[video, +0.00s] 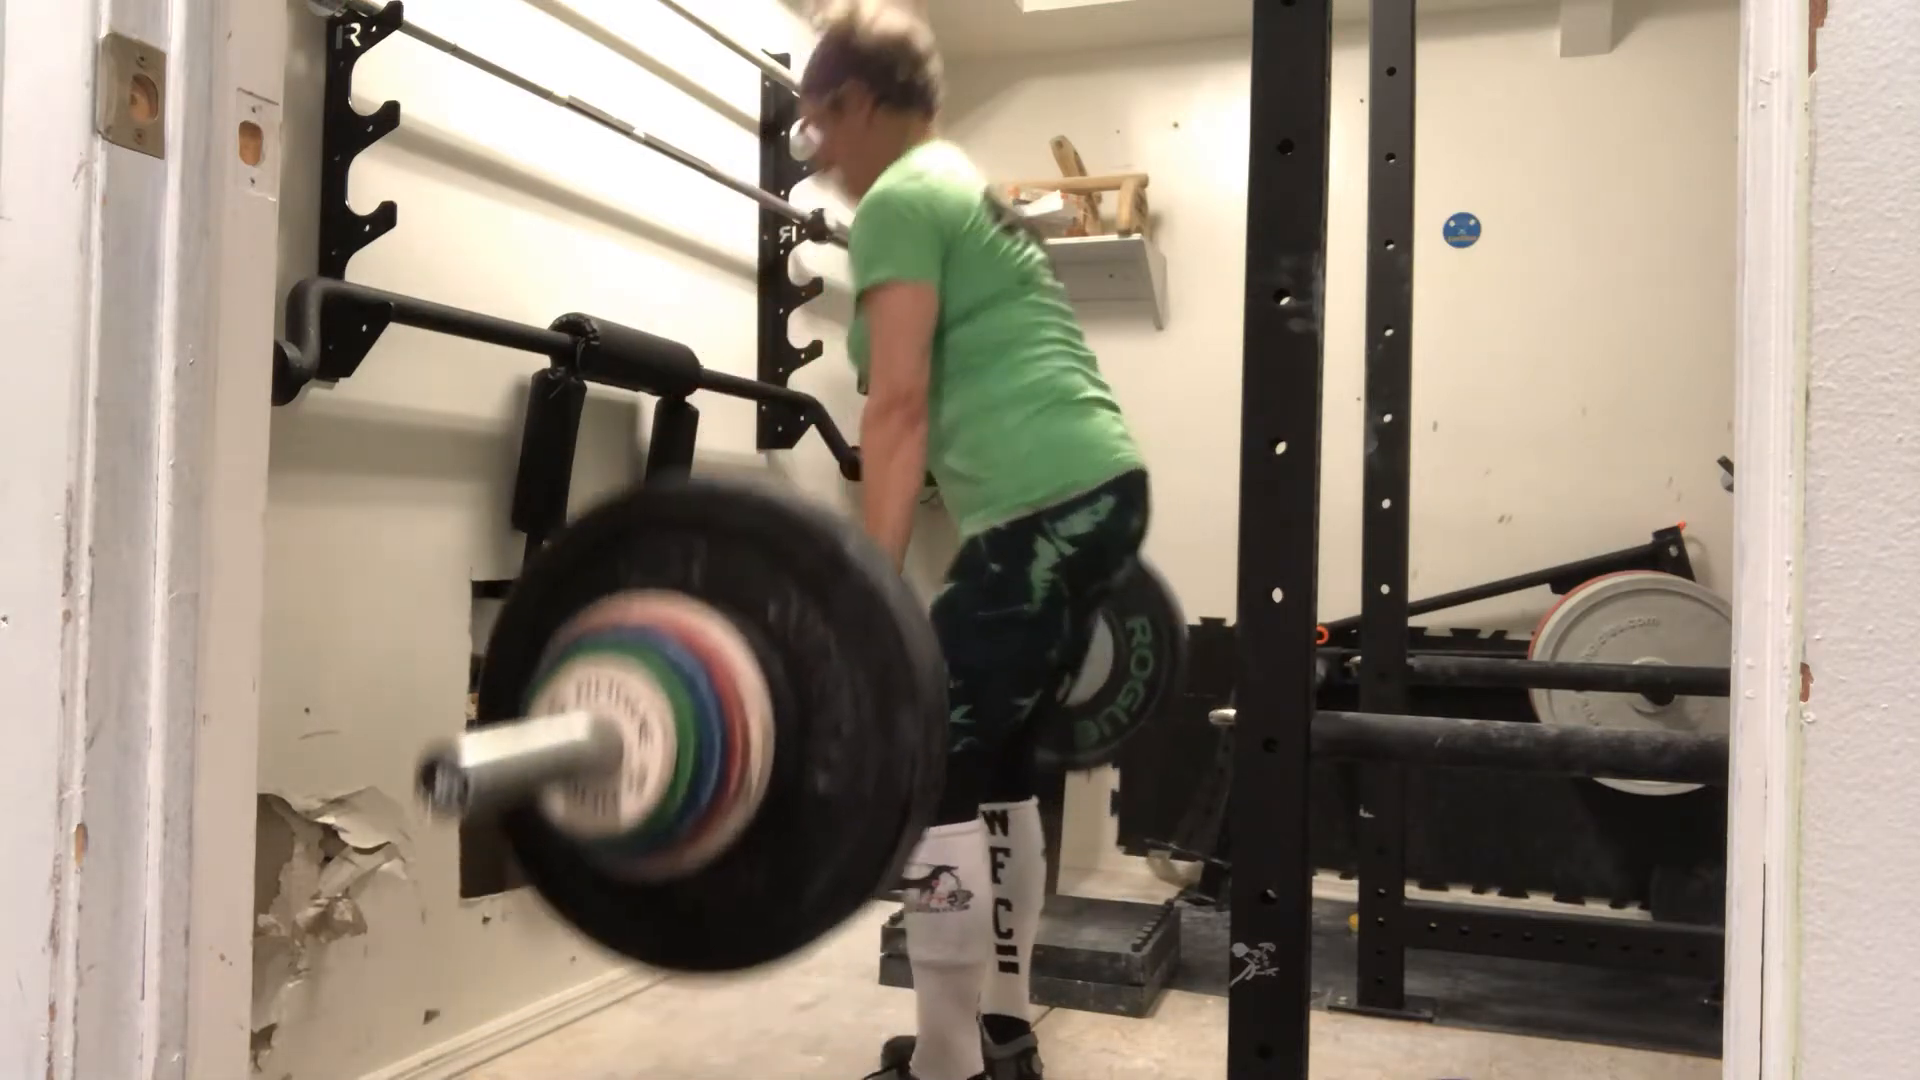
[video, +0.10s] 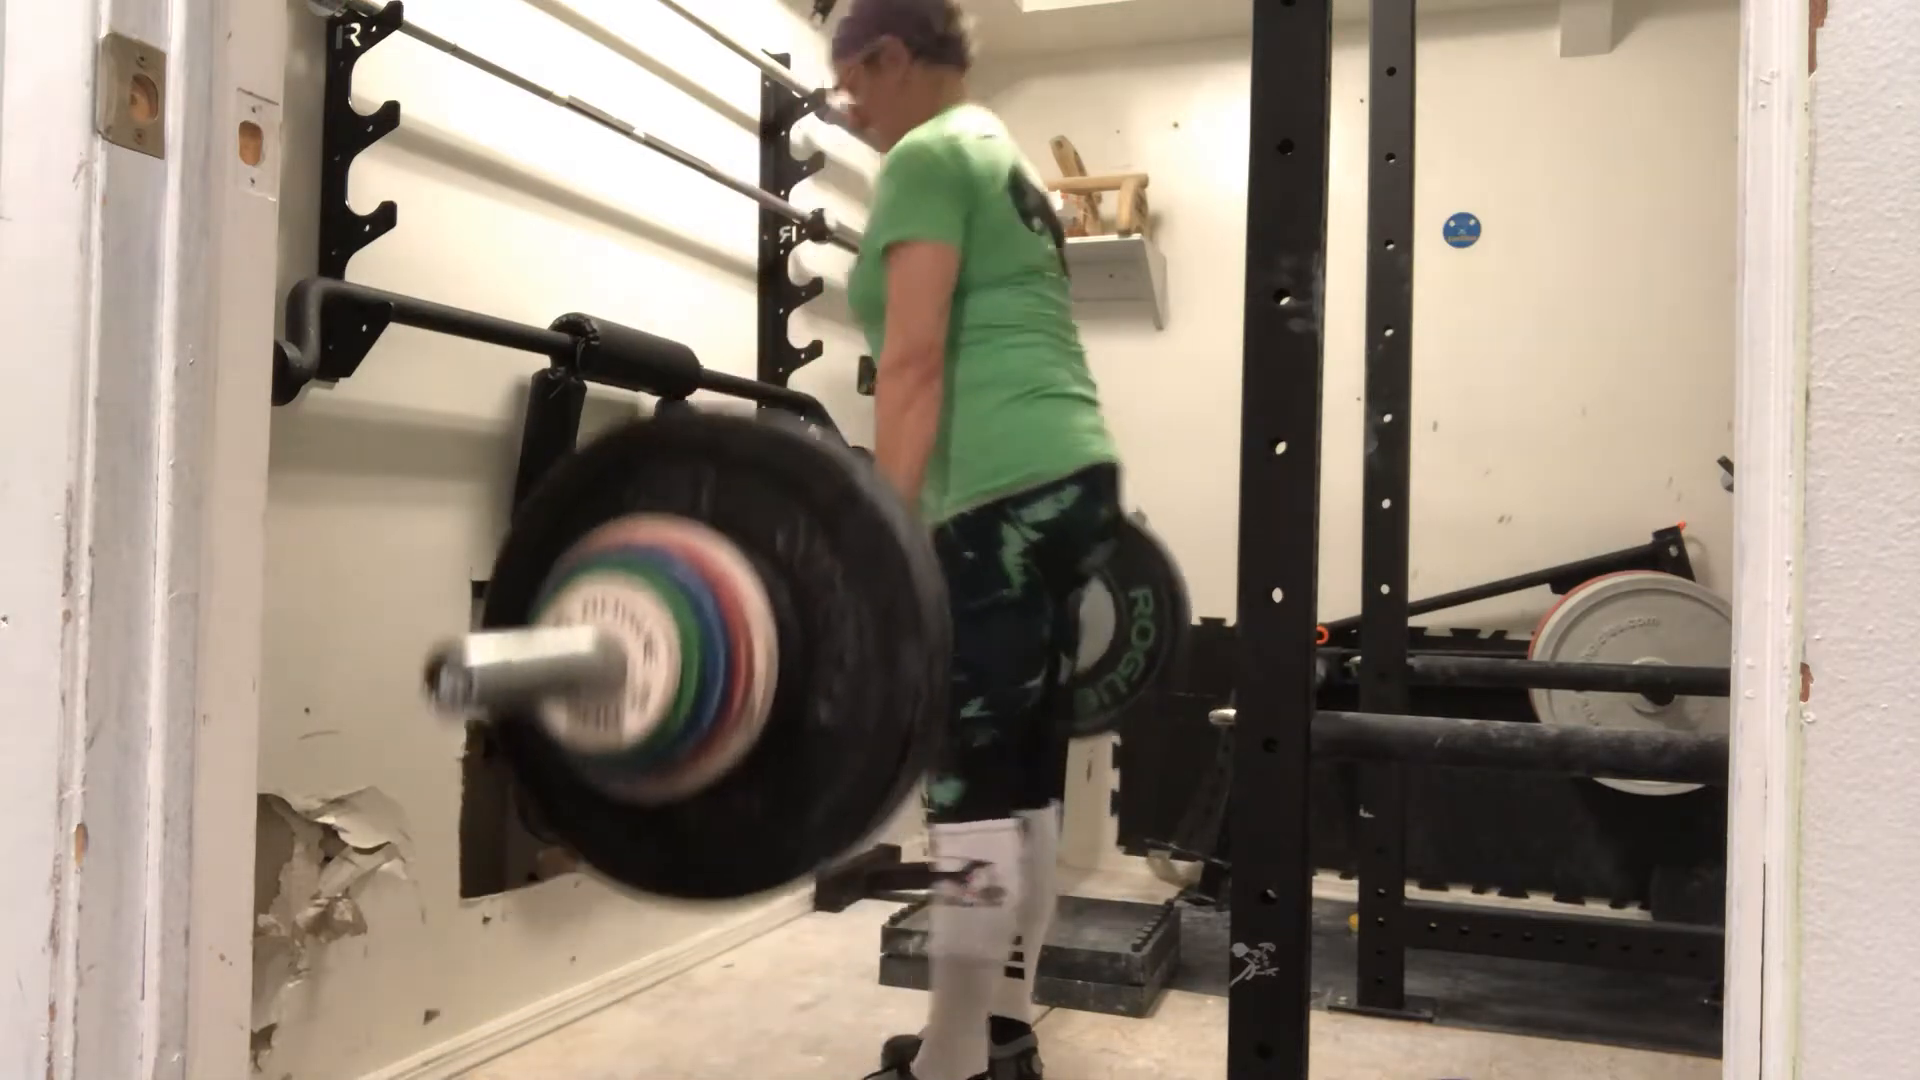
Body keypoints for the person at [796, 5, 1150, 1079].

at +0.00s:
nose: (809, 144)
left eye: (817, 117)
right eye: (807, 121)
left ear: (866, 105)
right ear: (892, 107)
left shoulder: (901, 200)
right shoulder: (950, 185)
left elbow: (897, 407)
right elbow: (934, 395)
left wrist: (868, 586)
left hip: (1039, 509)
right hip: (1092, 491)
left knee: (935, 763)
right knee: (1011, 753)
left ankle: (947, 1060)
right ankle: (1002, 1020)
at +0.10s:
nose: (849, 110)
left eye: (853, 84)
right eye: (842, 91)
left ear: (899, 59)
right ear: (935, 60)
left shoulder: (929, 154)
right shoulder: (996, 152)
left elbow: (915, 362)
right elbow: (1017, 342)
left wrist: (874, 539)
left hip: (998, 493)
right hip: (1064, 476)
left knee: (970, 779)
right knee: (1023, 761)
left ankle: (951, 1058)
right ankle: (1004, 1018)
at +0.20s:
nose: (873, 108)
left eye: (872, 82)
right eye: (865, 91)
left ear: (916, 47)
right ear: (953, 46)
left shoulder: (957, 139)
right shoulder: (1016, 142)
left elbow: (939, 349)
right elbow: (1023, 339)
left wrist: (884, 520)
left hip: (987, 484)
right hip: (1045, 473)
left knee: (964, 769)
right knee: (1022, 758)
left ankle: (950, 1058)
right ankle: (1003, 1024)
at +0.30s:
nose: (880, 120)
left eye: (877, 95)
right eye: (871, 103)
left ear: (919, 56)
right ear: (951, 53)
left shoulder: (964, 146)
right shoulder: (1019, 145)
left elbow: (941, 355)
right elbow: (1015, 344)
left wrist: (878, 521)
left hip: (997, 496)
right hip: (1058, 484)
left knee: (961, 782)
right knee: (1026, 764)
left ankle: (950, 1060)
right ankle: (1004, 1022)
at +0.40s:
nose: (846, 120)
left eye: (853, 94)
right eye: (840, 101)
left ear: (901, 73)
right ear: (932, 76)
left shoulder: (940, 169)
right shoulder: (991, 163)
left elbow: (922, 375)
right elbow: (967, 367)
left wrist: (868, 548)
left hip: (1022, 502)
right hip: (1077, 488)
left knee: (938, 778)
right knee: (1007, 762)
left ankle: (943, 1060)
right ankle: (1000, 1024)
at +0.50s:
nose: (807, 149)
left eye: (815, 122)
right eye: (804, 127)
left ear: (867, 109)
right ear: (887, 113)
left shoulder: (905, 206)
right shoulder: (953, 192)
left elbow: (902, 418)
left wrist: (869, 590)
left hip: (1039, 511)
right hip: (1090, 493)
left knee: (931, 766)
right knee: (1007, 762)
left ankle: (943, 1058)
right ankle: (1001, 1025)